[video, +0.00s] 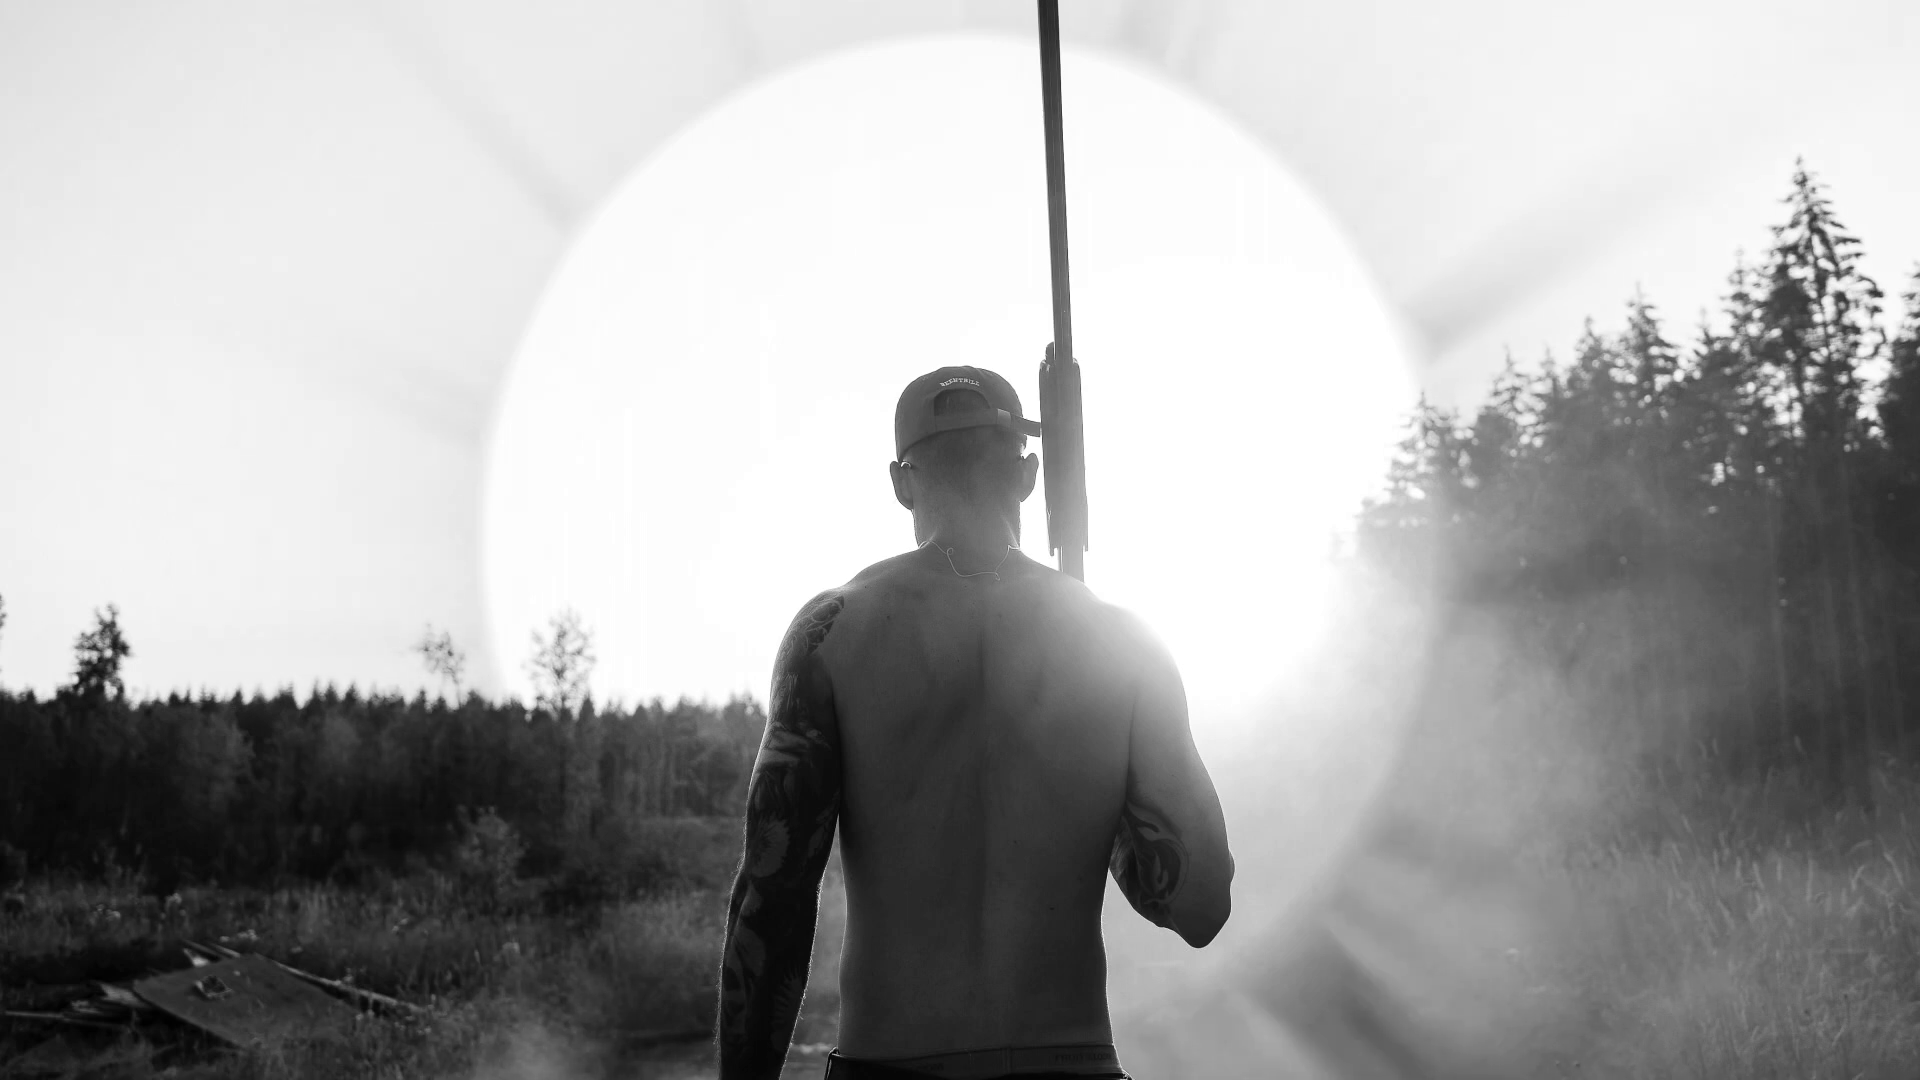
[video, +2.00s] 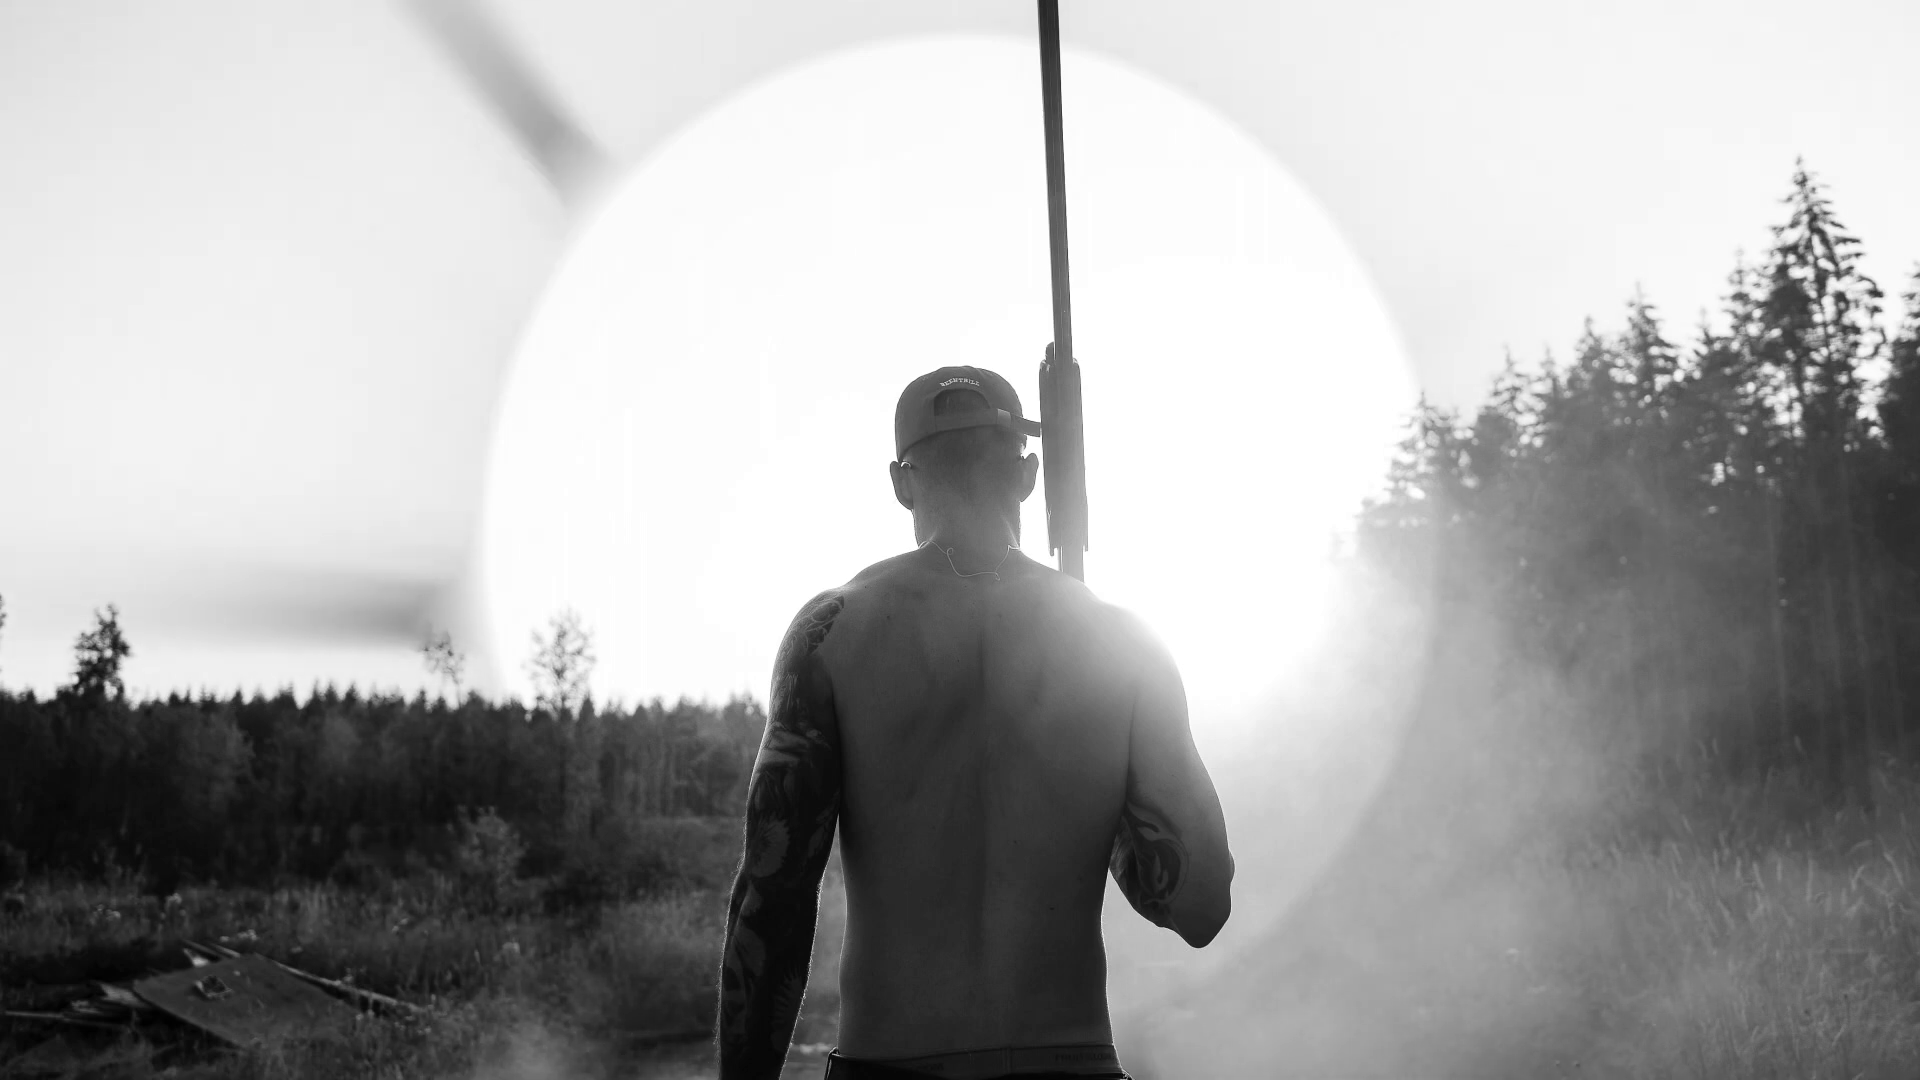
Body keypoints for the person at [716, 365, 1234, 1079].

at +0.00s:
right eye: (1018, 452)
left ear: (902, 484)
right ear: (1028, 476)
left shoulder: (832, 630)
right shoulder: (1121, 641)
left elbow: (773, 886)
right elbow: (1201, 904)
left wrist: (748, 1063)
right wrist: (1100, 803)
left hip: (885, 1045)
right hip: (1066, 1045)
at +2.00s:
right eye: (1017, 450)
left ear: (903, 486)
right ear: (1027, 476)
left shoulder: (832, 630)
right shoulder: (1121, 641)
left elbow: (773, 884)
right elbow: (1201, 904)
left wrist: (747, 1063)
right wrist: (1102, 803)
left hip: (887, 1045)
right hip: (1067, 1045)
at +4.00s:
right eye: (1015, 448)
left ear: (903, 486)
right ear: (1028, 477)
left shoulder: (831, 630)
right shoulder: (1121, 641)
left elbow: (773, 885)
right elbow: (1201, 905)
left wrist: (747, 1062)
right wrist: (1101, 800)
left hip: (886, 1046)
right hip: (1068, 1046)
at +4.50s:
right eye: (1015, 448)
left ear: (903, 486)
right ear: (1028, 477)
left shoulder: (831, 630)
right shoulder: (1121, 641)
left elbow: (773, 886)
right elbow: (1201, 905)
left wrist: (747, 1063)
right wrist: (1101, 800)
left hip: (886, 1046)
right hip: (1068, 1046)